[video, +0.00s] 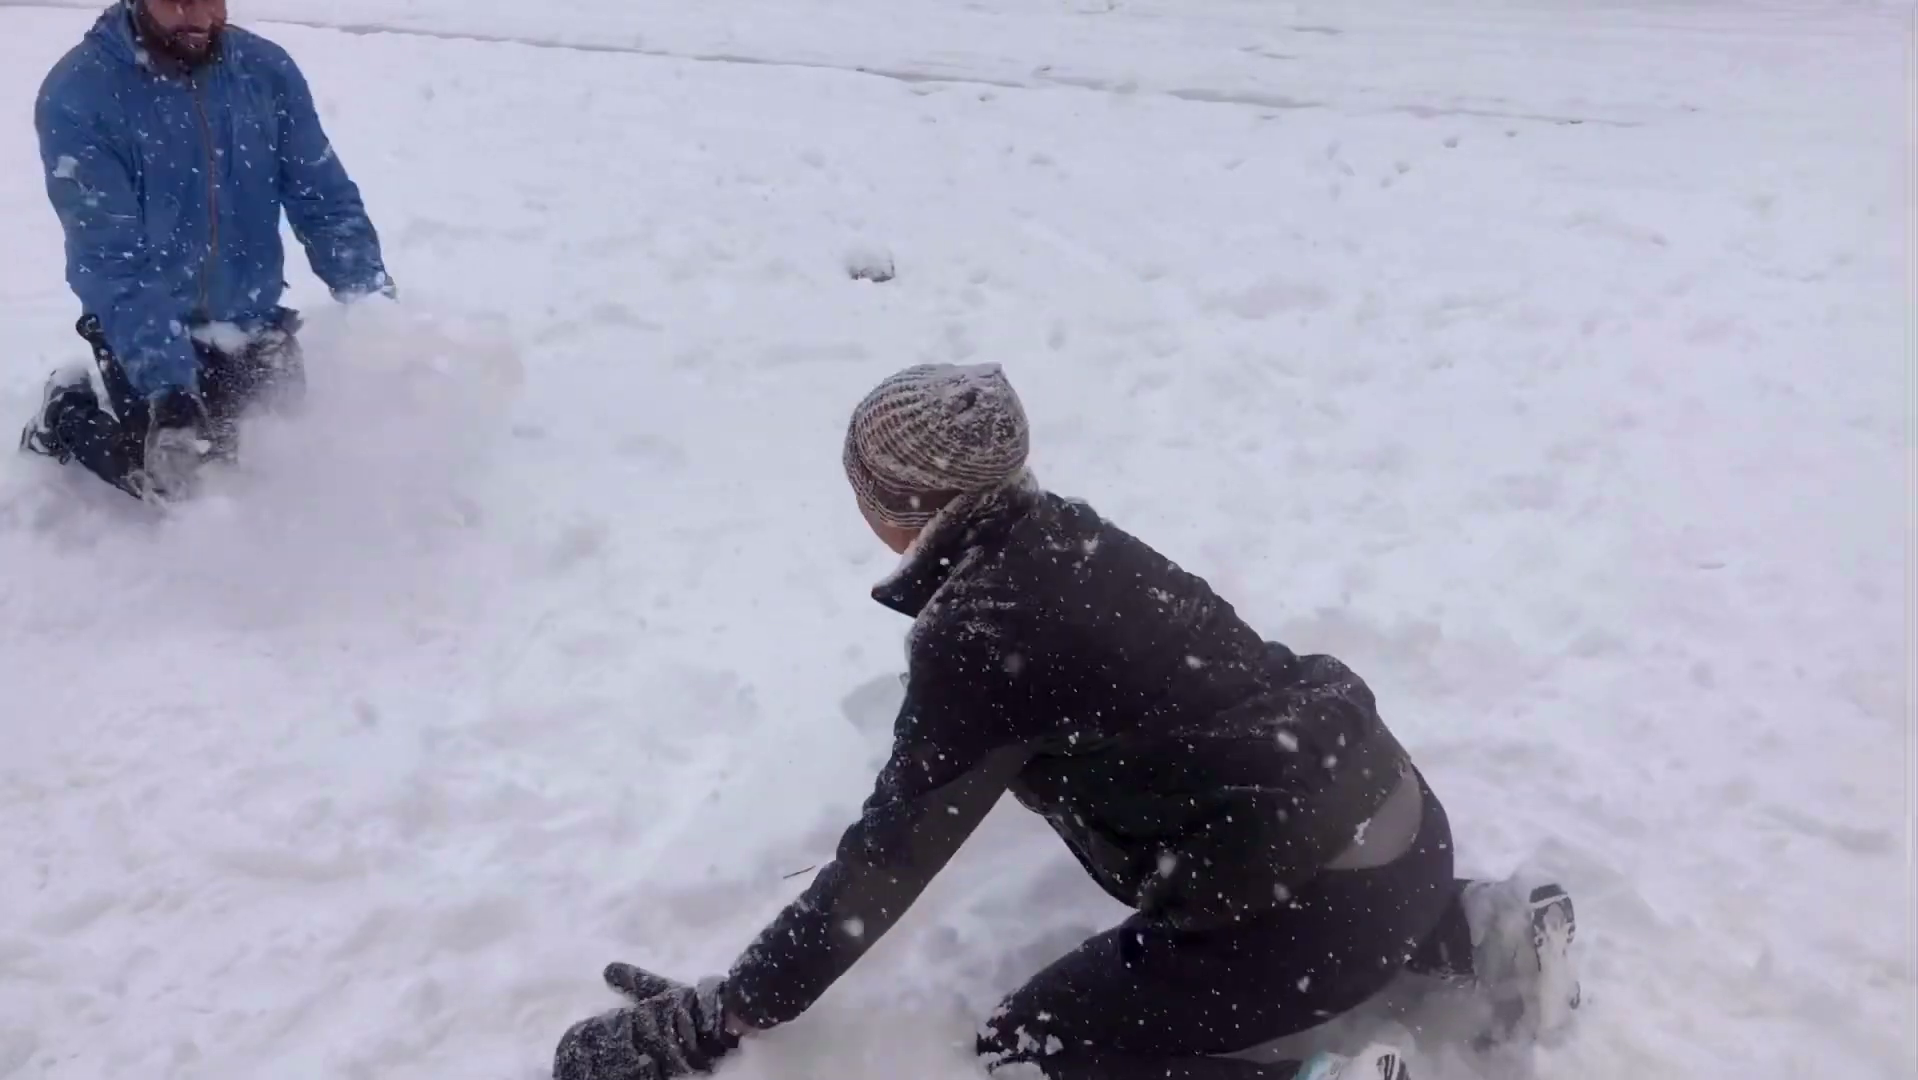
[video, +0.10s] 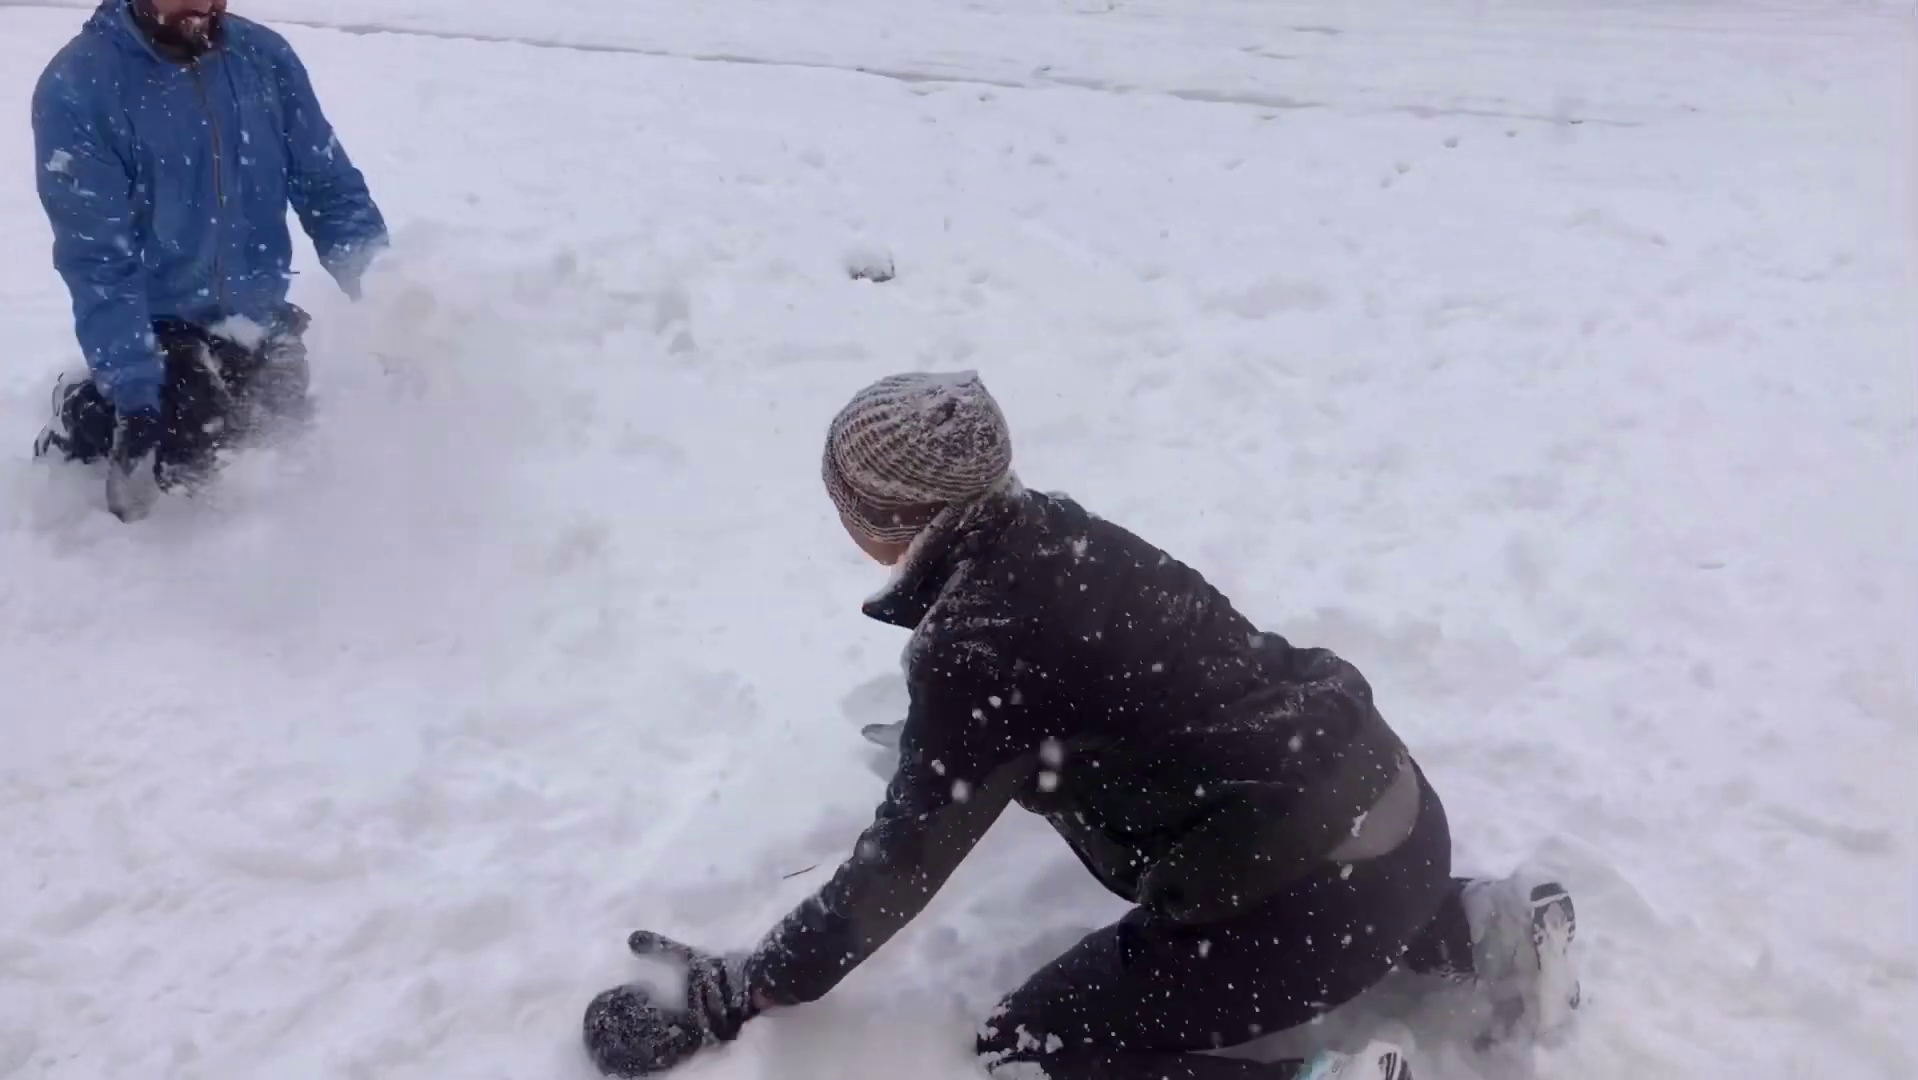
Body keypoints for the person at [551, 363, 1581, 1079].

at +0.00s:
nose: (866, 520)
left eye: (875, 497)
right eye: (863, 494)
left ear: (928, 502)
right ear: (989, 472)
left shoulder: (977, 635)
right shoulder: (1071, 536)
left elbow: (885, 865)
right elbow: (1226, 672)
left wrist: (721, 1014)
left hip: (1309, 917)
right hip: (1408, 838)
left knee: (1018, 1049)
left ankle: (1343, 1033)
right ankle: (1461, 941)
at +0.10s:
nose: (853, 533)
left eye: (860, 509)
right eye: (848, 508)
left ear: (914, 510)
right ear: (974, 479)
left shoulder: (974, 651)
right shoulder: (1060, 528)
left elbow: (900, 867)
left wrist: (740, 987)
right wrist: (959, 753)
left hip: (1304, 917)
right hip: (1403, 818)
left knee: (1021, 1043)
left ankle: (1321, 1041)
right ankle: (1461, 935)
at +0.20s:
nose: (840, 540)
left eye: (848, 519)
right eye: (836, 516)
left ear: (903, 521)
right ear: (970, 479)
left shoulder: (987, 649)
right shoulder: (1057, 527)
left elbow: (931, 863)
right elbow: (1057, 695)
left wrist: (781, 970)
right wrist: (945, 779)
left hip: (1312, 906)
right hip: (1405, 814)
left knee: (1031, 1043)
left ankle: (1348, 1026)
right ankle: (1470, 929)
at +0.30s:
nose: (837, 550)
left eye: (847, 528)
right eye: (831, 524)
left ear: (906, 531)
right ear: (962, 482)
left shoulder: (1000, 657)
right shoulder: (1049, 520)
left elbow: (954, 855)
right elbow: (1033, 711)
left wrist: (814, 960)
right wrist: (935, 790)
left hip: (1307, 906)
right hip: (1397, 799)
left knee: (1030, 1043)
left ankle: (1319, 1063)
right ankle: (1466, 926)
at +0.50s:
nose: (861, 592)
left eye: (866, 564)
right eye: (847, 569)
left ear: (941, 526)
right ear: (954, 493)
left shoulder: (1056, 659)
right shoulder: (1047, 478)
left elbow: (1034, 841)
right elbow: (1011, 724)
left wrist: (924, 923)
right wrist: (924, 843)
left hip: (1303, 906)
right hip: (1382, 785)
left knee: (1024, 1039)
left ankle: (1332, 1053)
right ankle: (1461, 925)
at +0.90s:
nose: (1073, 674)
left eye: (1098, 634)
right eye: (1044, 645)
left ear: (1160, 568)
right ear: (1015, 600)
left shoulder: (1271, 704)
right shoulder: (1080, 549)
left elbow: (1248, 964)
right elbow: (1023, 746)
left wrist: (1022, 1041)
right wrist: (960, 922)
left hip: (1350, 971)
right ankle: (1464, 968)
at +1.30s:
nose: (1134, 616)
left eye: (1163, 602)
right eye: (1131, 588)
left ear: (1259, 585)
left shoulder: (1444, 710)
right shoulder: (1196, 544)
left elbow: (1430, 977)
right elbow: (1043, 700)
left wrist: (1333, 991)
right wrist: (1128, 856)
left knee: (1055, 1052)